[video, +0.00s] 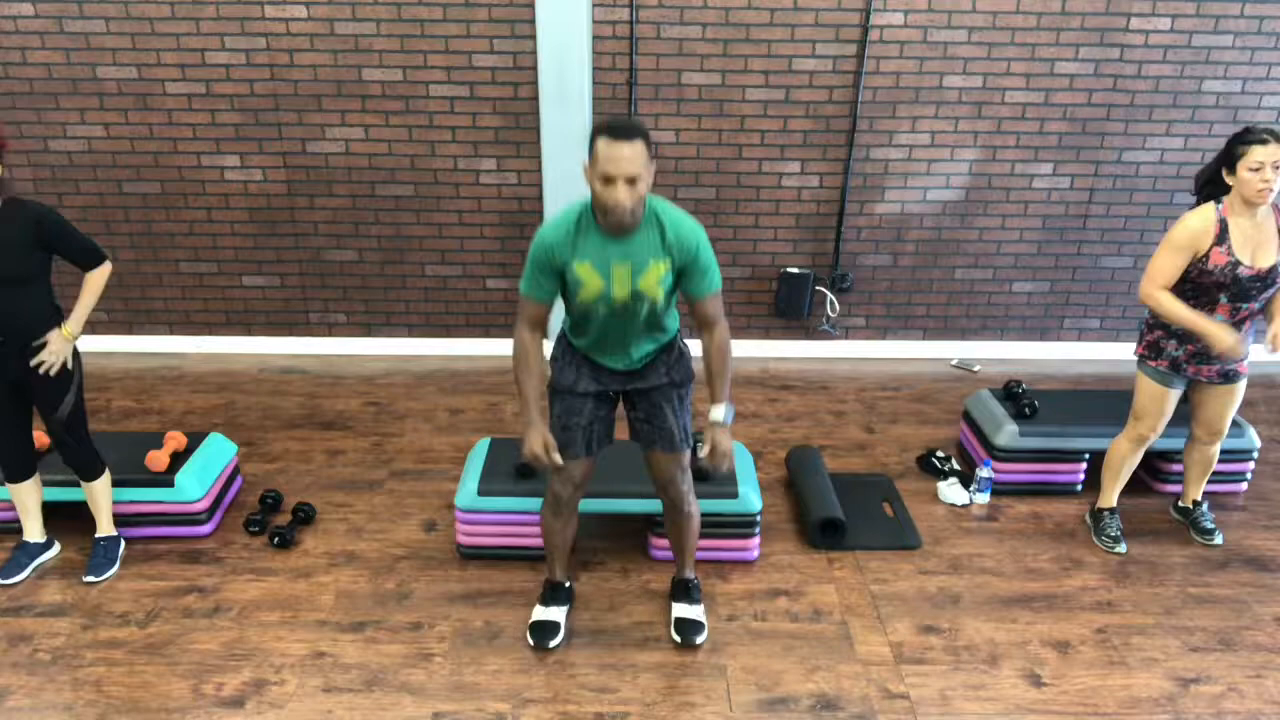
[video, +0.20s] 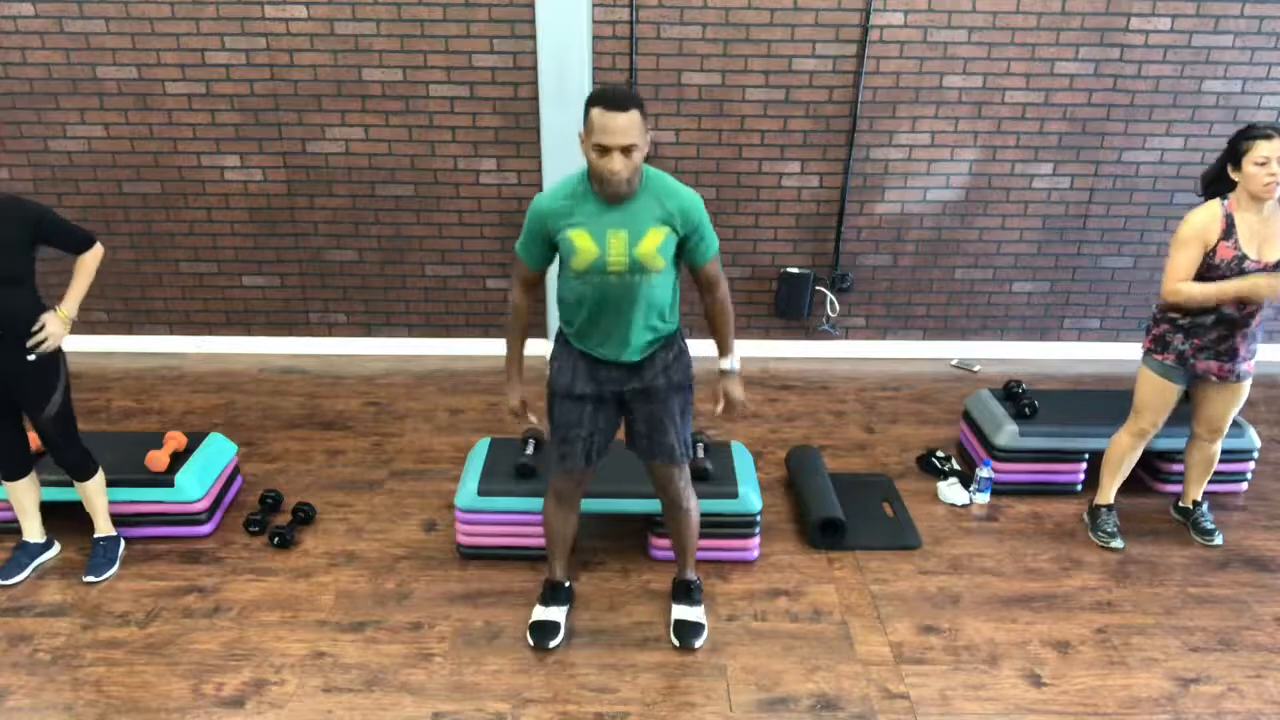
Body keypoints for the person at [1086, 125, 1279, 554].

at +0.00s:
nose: (1268, 177)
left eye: (1274, 167)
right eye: (1256, 168)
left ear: (1279, 172)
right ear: (1231, 174)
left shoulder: (1274, 220)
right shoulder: (1200, 223)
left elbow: (1272, 278)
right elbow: (1151, 289)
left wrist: (1276, 319)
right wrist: (1212, 329)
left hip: (1231, 344)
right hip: (1173, 337)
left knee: (1210, 435)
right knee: (1142, 430)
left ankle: (1190, 503)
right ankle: (1104, 509)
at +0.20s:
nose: (1273, 171)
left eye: (1278, 162)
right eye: (1262, 162)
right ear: (1236, 171)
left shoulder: (1275, 222)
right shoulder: (1204, 220)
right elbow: (1171, 292)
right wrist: (1243, 288)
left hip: (1234, 345)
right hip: (1177, 338)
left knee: (1211, 434)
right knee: (1141, 427)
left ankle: (1191, 504)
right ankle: (1102, 505)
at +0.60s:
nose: (1265, 209)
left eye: (1269, 199)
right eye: (1253, 199)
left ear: (1272, 205)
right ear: (1220, 206)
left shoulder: (1268, 250)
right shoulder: (1185, 248)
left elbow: (1268, 326)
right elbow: (1174, 325)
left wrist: (1273, 278)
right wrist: (1237, 286)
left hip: (1192, 339)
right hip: (1137, 332)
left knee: (1210, 427)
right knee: (1120, 426)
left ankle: (1181, 495)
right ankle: (1082, 493)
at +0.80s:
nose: (1254, 268)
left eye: (1259, 258)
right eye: (1243, 258)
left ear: (1264, 261)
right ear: (1212, 261)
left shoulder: (1259, 304)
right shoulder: (1172, 298)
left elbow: (1246, 376)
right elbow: (1162, 374)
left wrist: (1254, 335)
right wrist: (1219, 338)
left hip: (1180, 356)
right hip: (1124, 352)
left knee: (1221, 434)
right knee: (1119, 436)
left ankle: (1182, 496)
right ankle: (1083, 494)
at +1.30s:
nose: (1256, 243)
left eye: (1262, 234)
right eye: (1246, 234)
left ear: (1267, 238)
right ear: (1215, 238)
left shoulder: (1265, 283)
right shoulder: (1178, 277)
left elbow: (1258, 347)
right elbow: (1144, 345)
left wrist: (1261, 335)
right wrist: (1214, 334)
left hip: (1191, 355)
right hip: (1133, 348)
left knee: (1221, 434)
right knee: (1120, 433)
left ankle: (1181, 496)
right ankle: (1083, 493)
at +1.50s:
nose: (1260, 191)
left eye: (1265, 181)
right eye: (1249, 181)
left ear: (1269, 186)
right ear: (1218, 186)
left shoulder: (1269, 234)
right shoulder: (1186, 230)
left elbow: (1272, 291)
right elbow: (1131, 292)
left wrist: (1270, 318)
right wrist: (1191, 328)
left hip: (1204, 336)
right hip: (1147, 329)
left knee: (1212, 427)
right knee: (1123, 425)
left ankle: (1181, 495)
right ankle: (1083, 493)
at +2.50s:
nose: (1238, 164)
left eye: (1244, 156)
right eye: (1226, 156)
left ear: (1249, 161)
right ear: (1197, 165)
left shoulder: (1257, 216)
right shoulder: (1167, 213)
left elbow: (1268, 288)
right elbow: (1138, 283)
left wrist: (1256, 268)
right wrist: (1206, 279)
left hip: (1197, 331)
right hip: (1143, 326)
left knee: (1189, 419)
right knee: (1120, 416)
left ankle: (1181, 494)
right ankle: (1080, 491)